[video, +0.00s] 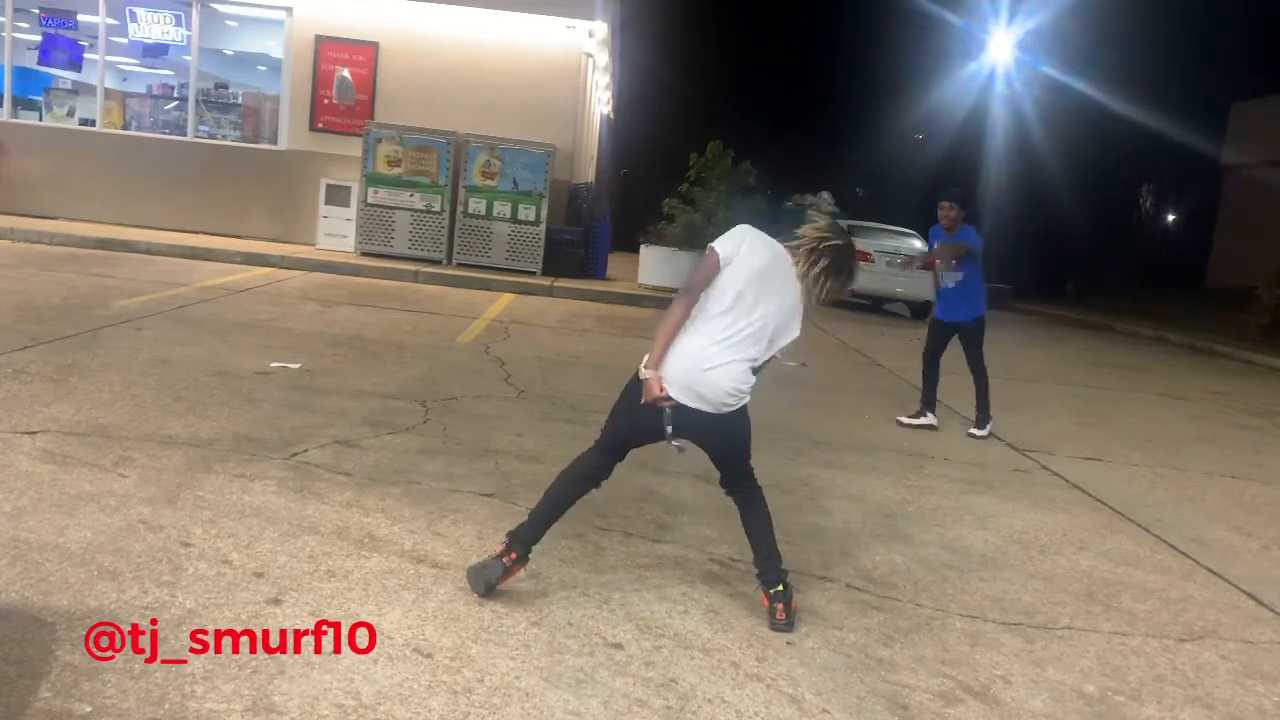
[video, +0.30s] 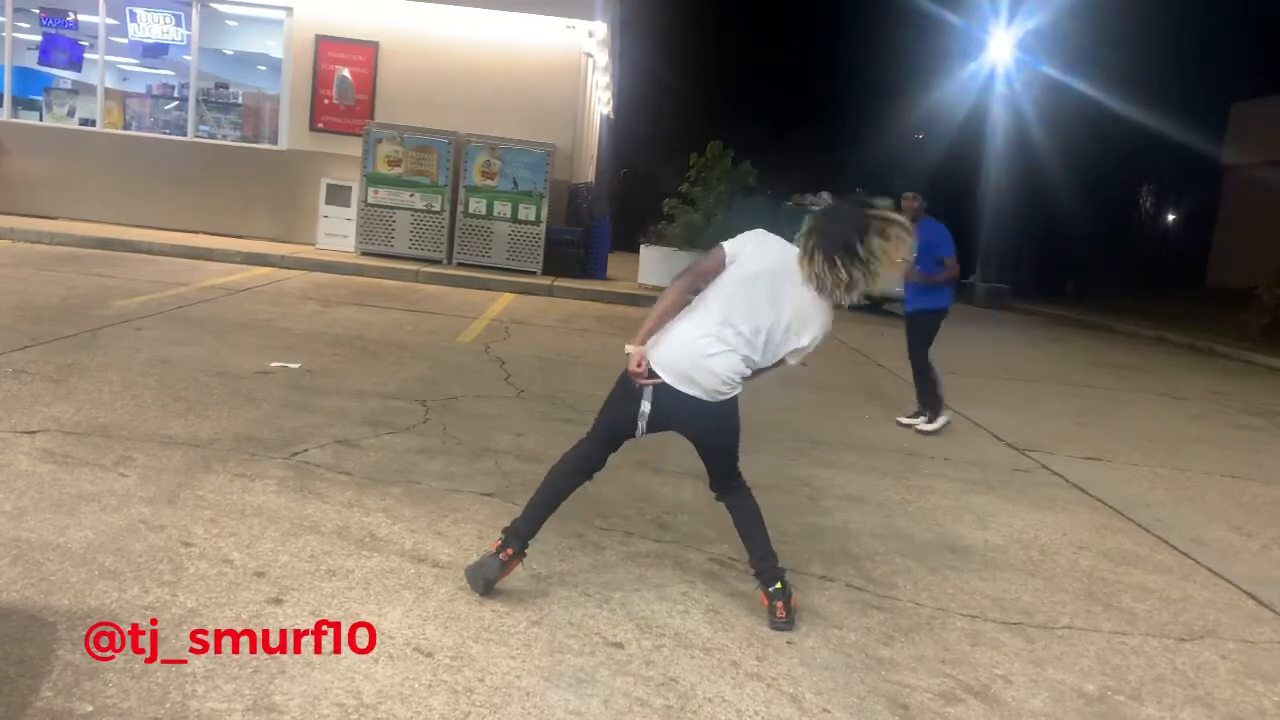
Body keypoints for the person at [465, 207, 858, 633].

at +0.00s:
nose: (826, 294)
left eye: (831, 285)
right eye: (830, 287)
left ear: (804, 239)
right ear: (826, 279)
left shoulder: (747, 238)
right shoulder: (794, 317)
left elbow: (687, 296)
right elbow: (751, 368)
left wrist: (653, 364)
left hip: (657, 389)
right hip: (721, 414)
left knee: (596, 461)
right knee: (743, 485)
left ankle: (514, 551)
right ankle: (777, 590)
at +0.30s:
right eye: (852, 260)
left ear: (812, 230)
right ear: (850, 261)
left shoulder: (760, 243)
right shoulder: (818, 320)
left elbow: (692, 281)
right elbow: (755, 366)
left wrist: (642, 340)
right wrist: (702, 366)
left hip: (654, 376)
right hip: (714, 405)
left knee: (590, 454)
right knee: (729, 482)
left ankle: (508, 548)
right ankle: (775, 589)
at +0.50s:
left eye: (757, 196)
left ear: (761, 202)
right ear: (813, 212)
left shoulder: (728, 244)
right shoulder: (818, 278)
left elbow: (665, 304)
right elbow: (784, 351)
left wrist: (613, 359)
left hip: (668, 388)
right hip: (729, 406)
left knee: (595, 456)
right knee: (738, 480)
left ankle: (518, 546)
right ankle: (777, 581)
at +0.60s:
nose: (731, 201)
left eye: (730, 192)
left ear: (727, 197)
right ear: (780, 200)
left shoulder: (704, 248)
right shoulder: (803, 258)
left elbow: (652, 318)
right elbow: (787, 332)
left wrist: (607, 364)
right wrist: (758, 381)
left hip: (670, 386)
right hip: (737, 403)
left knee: (597, 449)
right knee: (747, 473)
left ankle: (529, 545)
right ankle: (779, 574)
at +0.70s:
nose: (679, 198)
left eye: (683, 189)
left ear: (691, 191)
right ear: (745, 190)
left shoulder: (675, 252)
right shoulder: (771, 244)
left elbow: (647, 334)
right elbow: (774, 332)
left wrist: (614, 372)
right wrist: (766, 394)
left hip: (670, 389)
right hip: (734, 398)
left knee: (594, 447)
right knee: (747, 466)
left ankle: (546, 548)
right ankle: (781, 561)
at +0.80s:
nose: (626, 215)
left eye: (631, 207)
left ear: (641, 208)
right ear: (692, 206)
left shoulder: (634, 263)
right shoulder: (722, 257)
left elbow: (643, 343)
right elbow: (751, 339)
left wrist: (664, 383)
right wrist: (770, 407)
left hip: (661, 401)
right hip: (717, 405)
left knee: (621, 480)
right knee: (704, 494)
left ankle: (554, 572)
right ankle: (782, 580)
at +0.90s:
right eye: (717, 197)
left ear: (661, 193)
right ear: (709, 198)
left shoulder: (637, 238)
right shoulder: (725, 248)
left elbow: (632, 323)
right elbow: (757, 335)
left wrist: (662, 346)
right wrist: (774, 397)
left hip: (658, 391)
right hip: (723, 395)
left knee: (598, 460)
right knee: (748, 468)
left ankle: (552, 563)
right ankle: (793, 566)